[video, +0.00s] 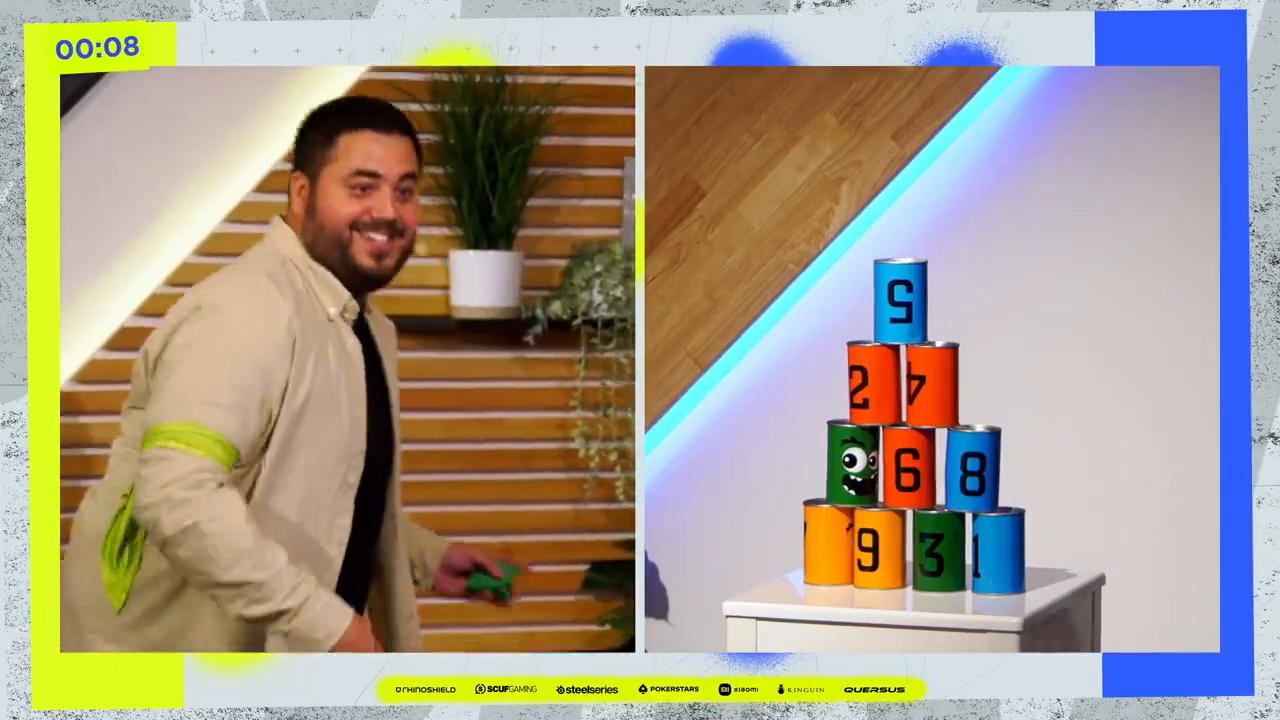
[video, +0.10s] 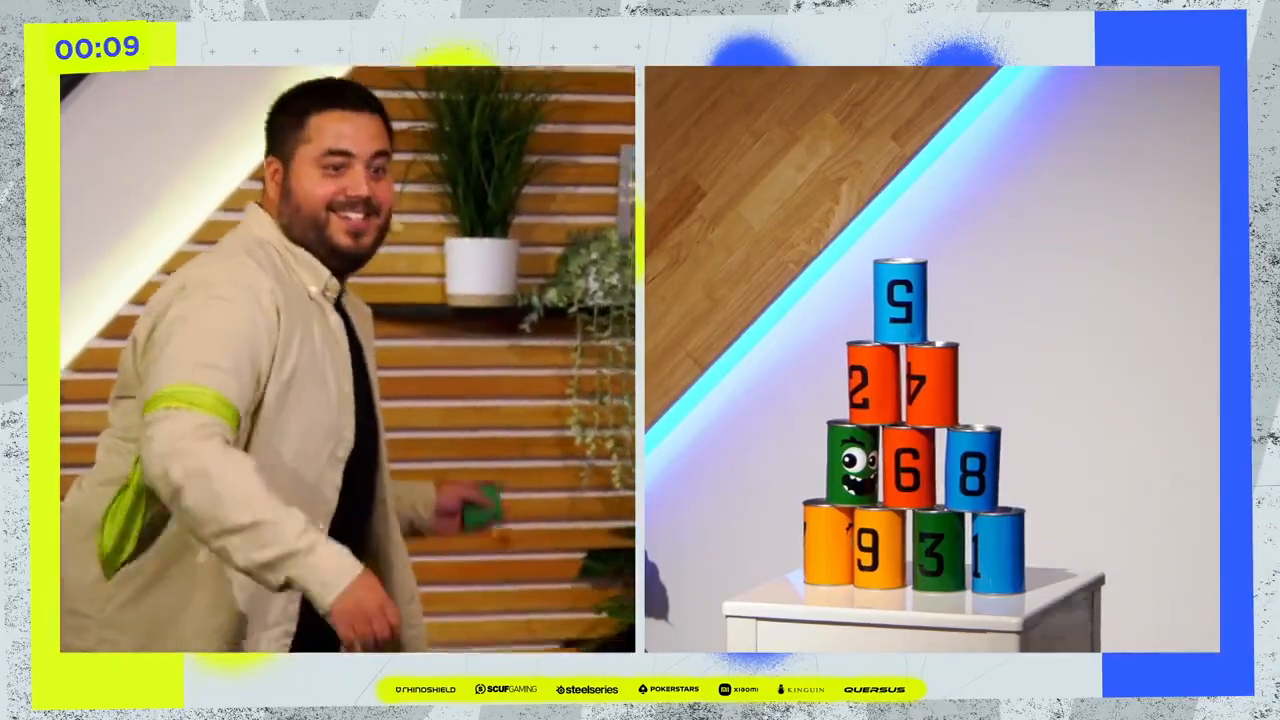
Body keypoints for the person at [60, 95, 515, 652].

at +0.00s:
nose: (388, 212)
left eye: (405, 190)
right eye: (361, 187)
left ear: (418, 202)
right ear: (301, 194)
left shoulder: (367, 321)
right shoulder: (246, 311)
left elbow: (322, 499)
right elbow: (178, 494)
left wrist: (430, 559)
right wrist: (325, 623)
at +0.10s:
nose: (362, 190)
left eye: (379, 168)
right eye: (335, 166)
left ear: (392, 182)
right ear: (275, 178)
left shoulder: (330, 304)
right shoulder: (230, 289)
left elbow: (296, 483)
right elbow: (184, 450)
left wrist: (420, 505)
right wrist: (331, 575)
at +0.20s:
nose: (347, 178)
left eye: (362, 155)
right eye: (318, 155)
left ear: (378, 168)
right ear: (261, 170)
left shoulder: (324, 298)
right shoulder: (220, 275)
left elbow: (319, 464)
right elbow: (169, 417)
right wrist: (289, 535)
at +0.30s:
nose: (359, 194)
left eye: (375, 170)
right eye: (333, 167)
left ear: (391, 172)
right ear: (273, 162)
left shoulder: (350, 291)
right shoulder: (211, 272)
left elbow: (356, 439)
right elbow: (135, 408)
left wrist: (471, 363)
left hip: (324, 638)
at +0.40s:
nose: (392, 244)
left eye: (411, 222)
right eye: (373, 215)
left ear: (427, 210)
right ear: (311, 182)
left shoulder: (370, 286)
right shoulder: (213, 286)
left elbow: (395, 420)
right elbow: (111, 424)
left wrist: (515, 356)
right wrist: (117, 577)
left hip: (360, 649)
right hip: (236, 657)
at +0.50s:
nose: (417, 289)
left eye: (438, 267)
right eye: (399, 260)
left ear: (457, 245)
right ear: (340, 210)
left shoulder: (405, 307)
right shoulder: (226, 314)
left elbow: (419, 424)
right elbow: (98, 475)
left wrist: (551, 374)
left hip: (372, 663)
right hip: (239, 673)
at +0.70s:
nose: (414, 336)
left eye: (439, 314)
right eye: (394, 308)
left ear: (461, 291)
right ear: (343, 259)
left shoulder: (440, 336)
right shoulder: (217, 353)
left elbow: (457, 431)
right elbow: (114, 550)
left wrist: (585, 445)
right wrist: (81, 700)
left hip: (379, 674)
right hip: (234, 684)